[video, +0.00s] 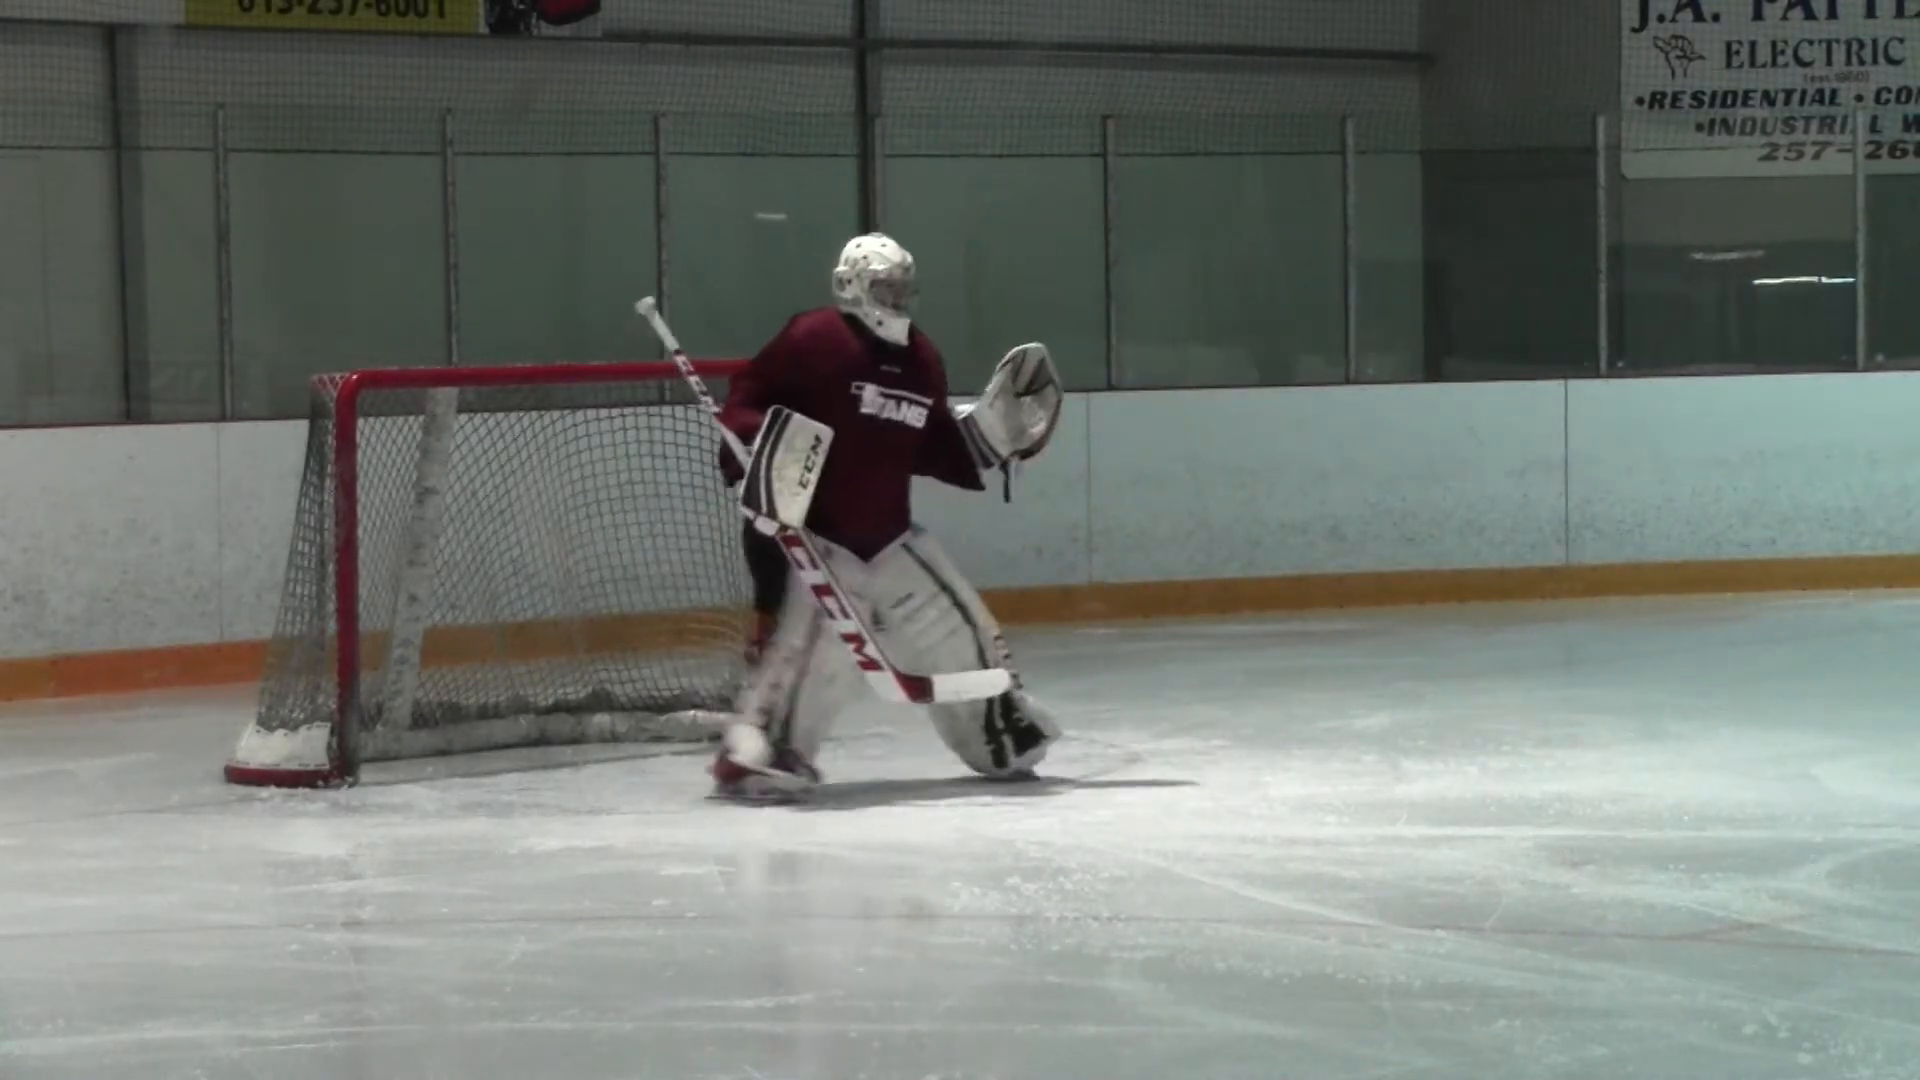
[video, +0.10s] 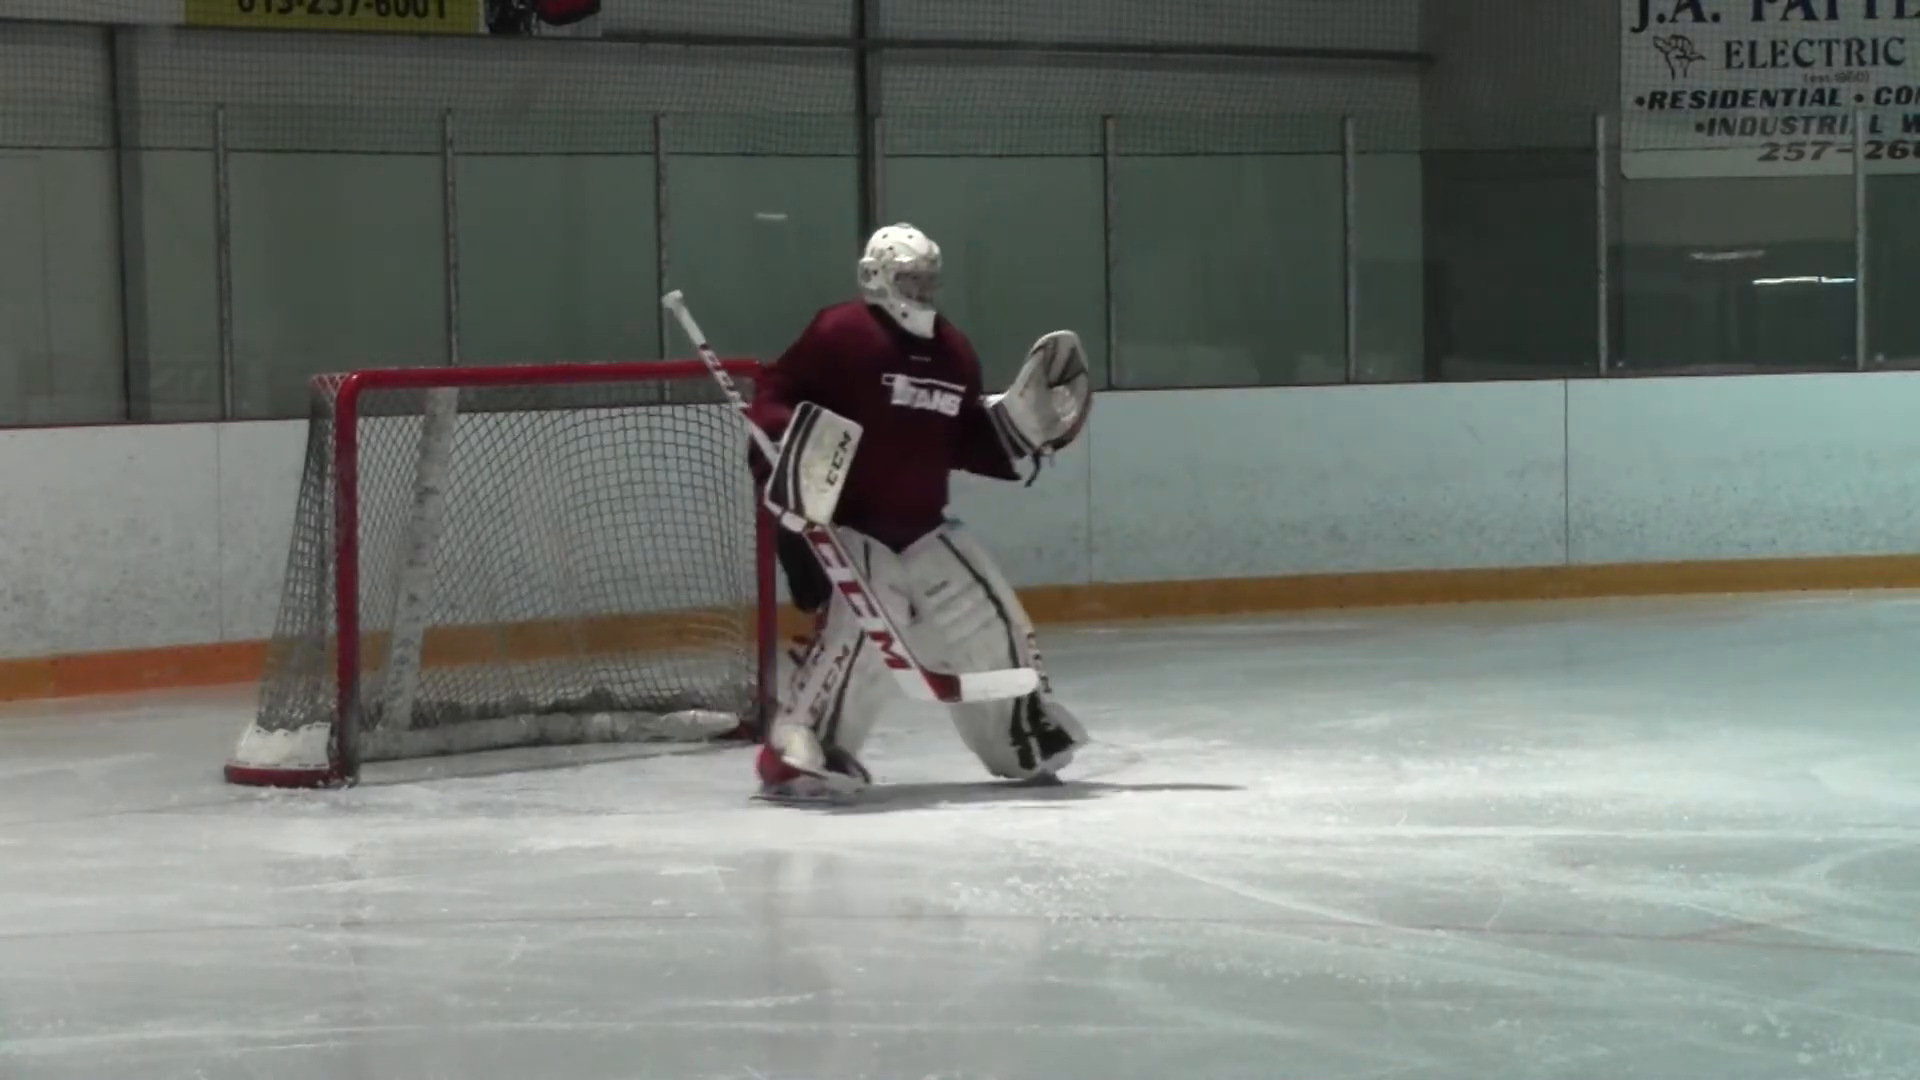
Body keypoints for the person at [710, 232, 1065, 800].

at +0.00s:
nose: (897, 301)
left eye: (903, 290)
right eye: (884, 289)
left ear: (910, 291)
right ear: (851, 289)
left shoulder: (920, 359)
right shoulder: (814, 339)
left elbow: (927, 447)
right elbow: (740, 407)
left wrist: (994, 433)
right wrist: (765, 455)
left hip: (888, 539)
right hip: (812, 537)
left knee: (955, 629)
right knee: (806, 656)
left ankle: (1000, 743)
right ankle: (760, 761)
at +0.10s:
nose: (924, 292)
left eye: (931, 280)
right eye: (911, 279)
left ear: (937, 280)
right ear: (877, 279)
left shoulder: (951, 351)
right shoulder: (841, 333)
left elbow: (962, 439)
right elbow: (768, 403)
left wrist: (1024, 424)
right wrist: (798, 448)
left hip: (926, 531)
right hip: (851, 528)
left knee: (984, 624)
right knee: (859, 641)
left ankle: (1021, 747)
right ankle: (800, 760)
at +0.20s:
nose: (945, 288)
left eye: (952, 276)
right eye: (932, 275)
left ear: (960, 277)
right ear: (899, 274)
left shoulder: (976, 345)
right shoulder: (865, 328)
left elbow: (988, 440)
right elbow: (789, 403)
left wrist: (1051, 419)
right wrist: (821, 449)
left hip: (951, 524)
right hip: (873, 517)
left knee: (1010, 623)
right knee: (886, 625)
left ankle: (1040, 745)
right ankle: (834, 755)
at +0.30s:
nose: (954, 289)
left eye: (961, 277)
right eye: (941, 277)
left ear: (970, 278)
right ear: (908, 277)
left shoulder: (990, 350)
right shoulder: (877, 332)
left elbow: (1001, 444)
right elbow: (802, 400)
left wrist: (1064, 420)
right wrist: (832, 451)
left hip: (966, 529)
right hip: (887, 522)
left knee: (1026, 628)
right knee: (887, 636)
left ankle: (1056, 753)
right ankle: (844, 769)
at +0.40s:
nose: (950, 294)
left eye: (958, 282)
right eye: (936, 281)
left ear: (968, 283)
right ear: (904, 280)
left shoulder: (986, 353)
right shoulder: (875, 336)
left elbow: (1002, 451)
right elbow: (799, 406)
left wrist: (1061, 424)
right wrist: (828, 456)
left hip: (959, 536)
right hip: (876, 527)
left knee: (1028, 629)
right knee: (897, 629)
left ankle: (1068, 751)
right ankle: (822, 762)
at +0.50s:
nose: (939, 295)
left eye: (948, 283)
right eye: (926, 282)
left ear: (958, 284)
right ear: (893, 281)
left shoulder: (973, 355)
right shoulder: (862, 338)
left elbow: (987, 452)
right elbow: (786, 413)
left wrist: (1046, 425)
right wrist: (826, 457)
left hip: (933, 540)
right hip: (848, 532)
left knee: (1017, 628)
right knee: (881, 634)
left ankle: (1075, 761)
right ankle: (808, 769)